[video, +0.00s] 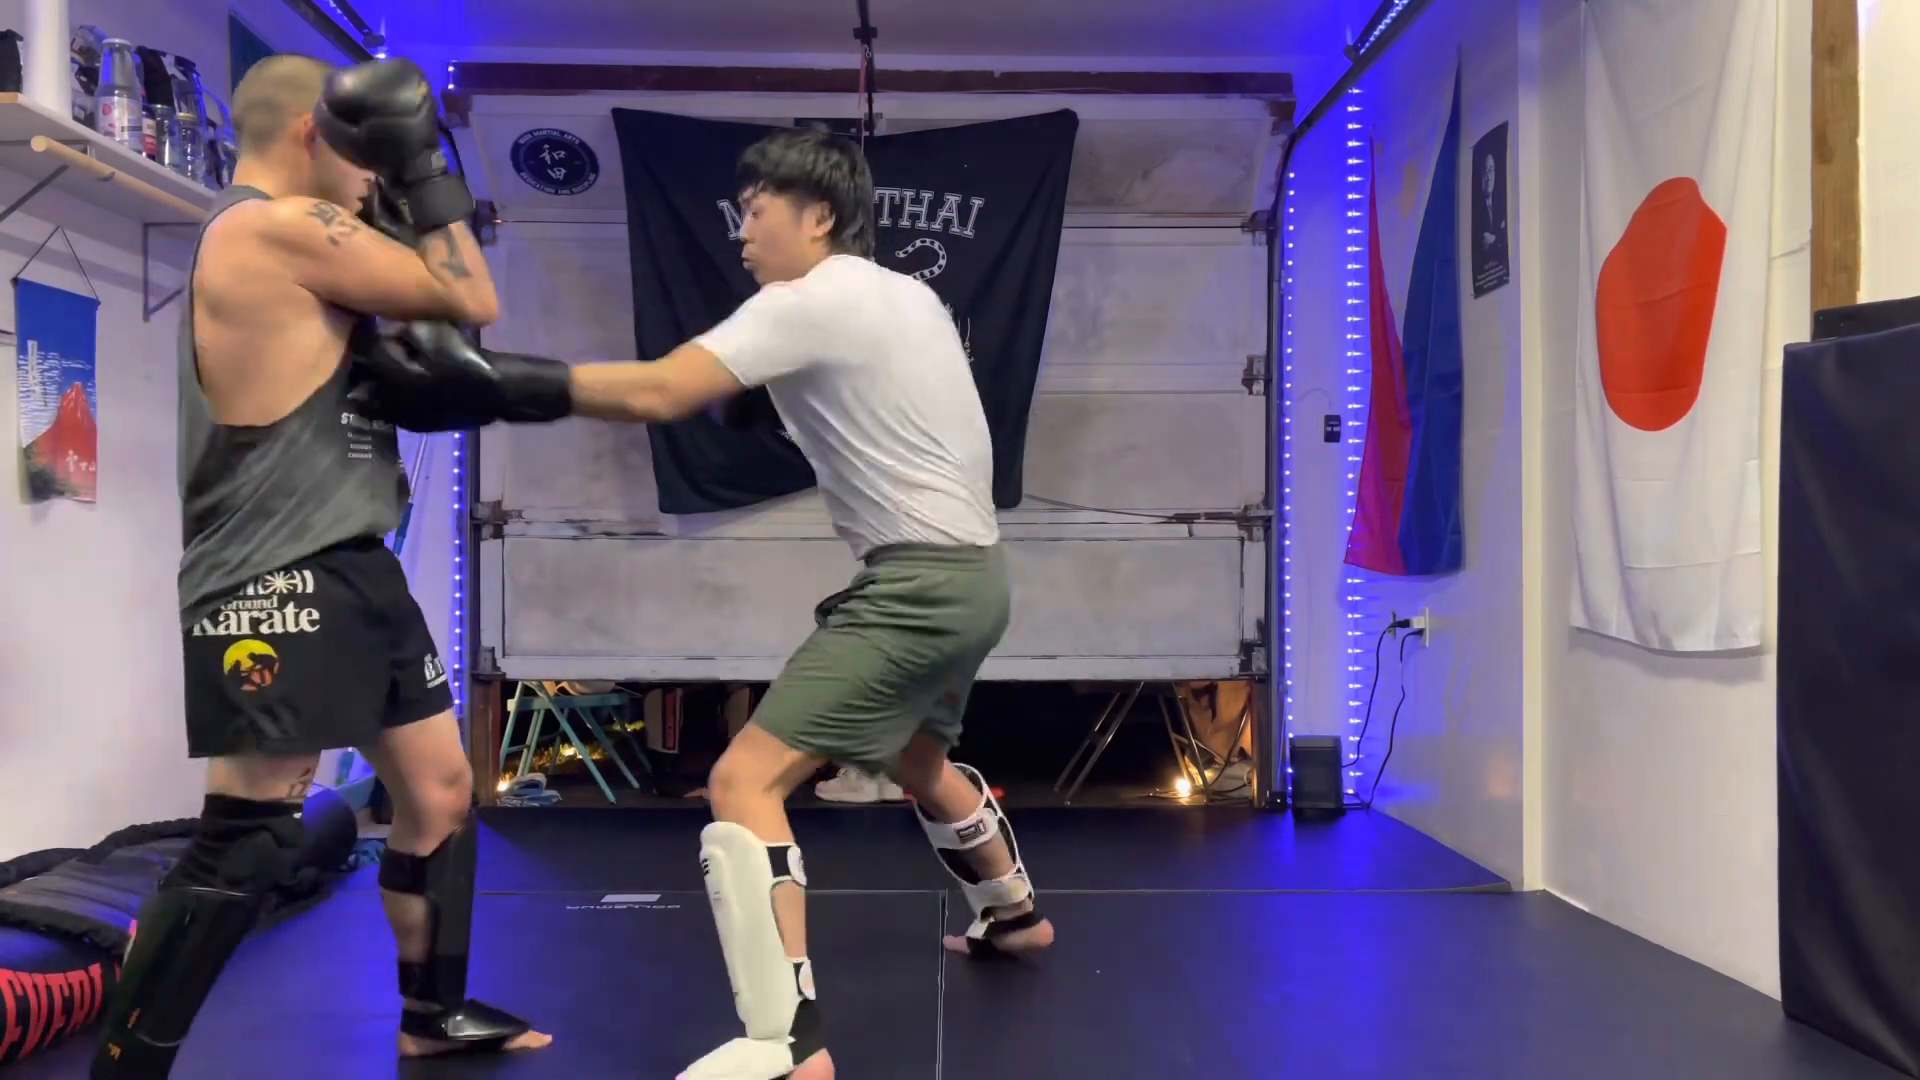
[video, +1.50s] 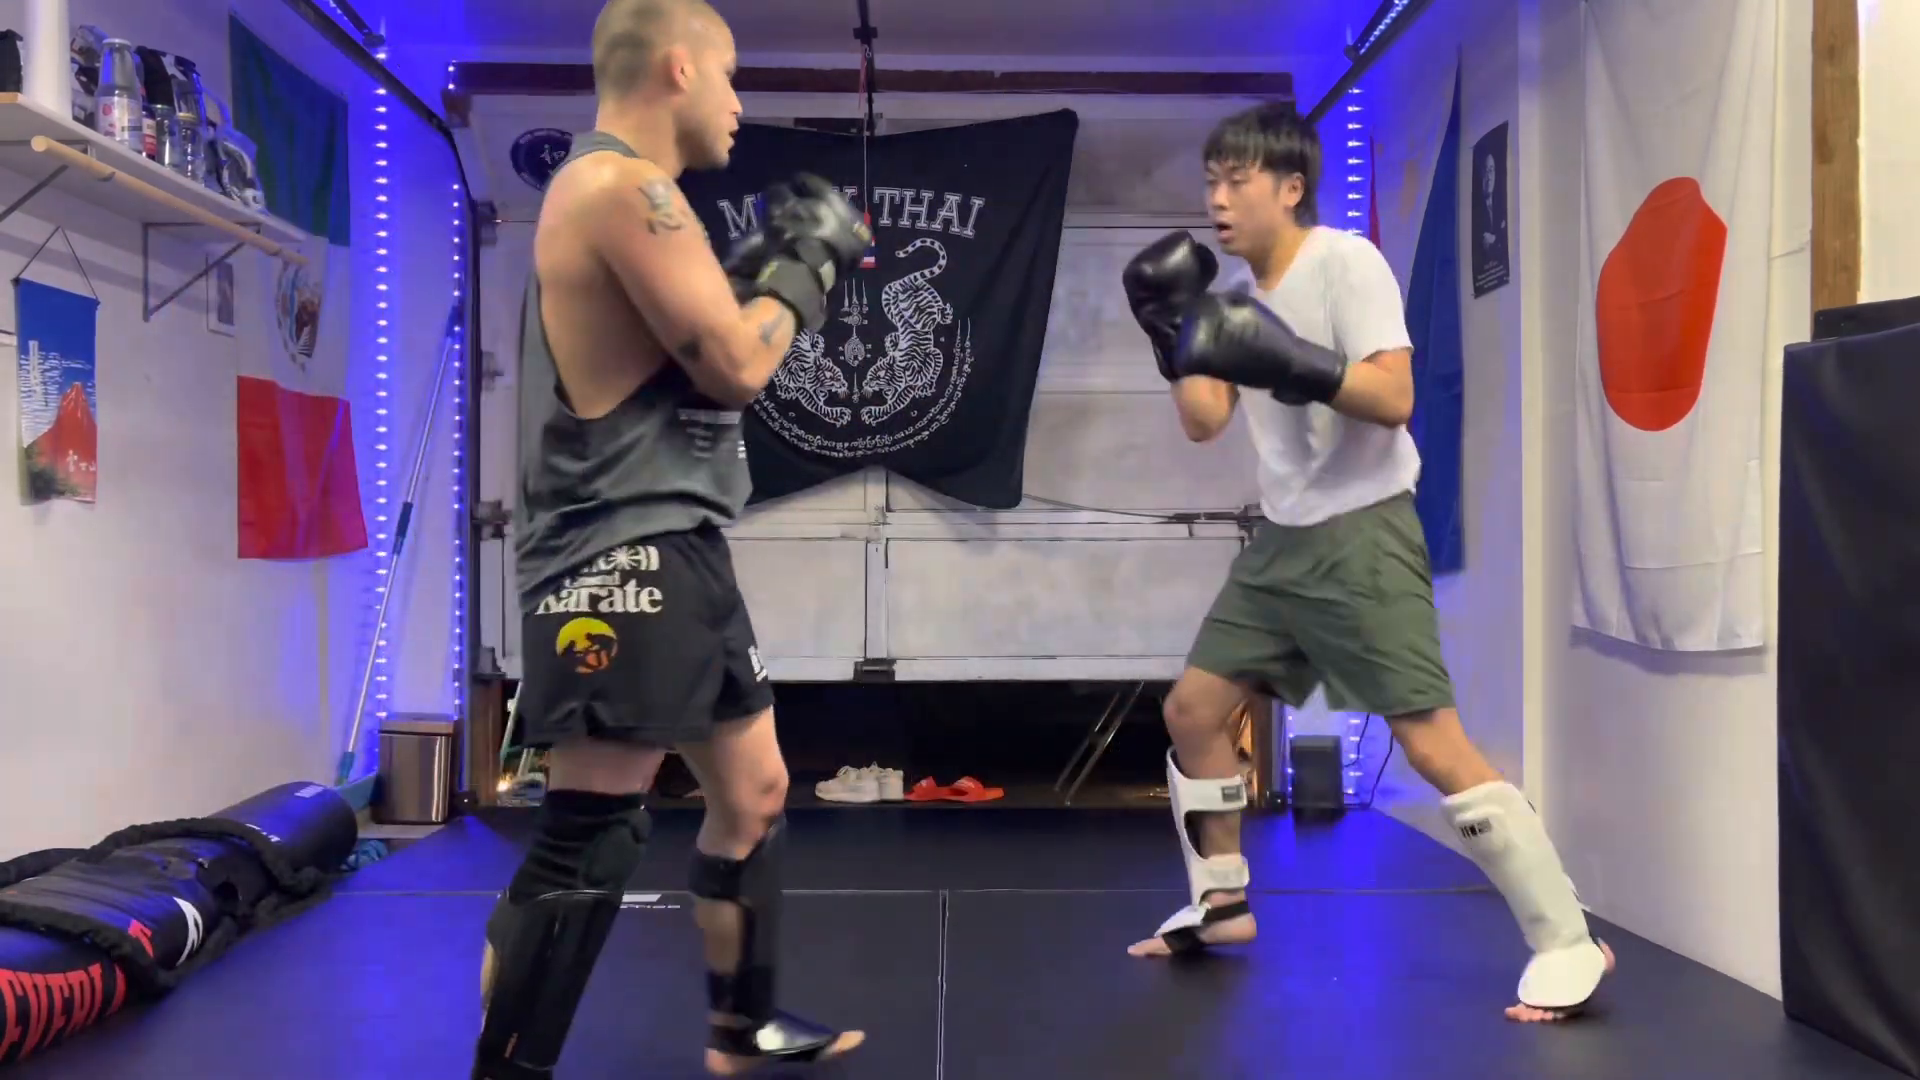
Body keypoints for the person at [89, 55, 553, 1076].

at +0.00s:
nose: (374, 171)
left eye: (373, 146)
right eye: (360, 145)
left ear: (280, 137)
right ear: (312, 133)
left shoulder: (293, 235)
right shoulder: (271, 229)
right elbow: (472, 298)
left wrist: (426, 208)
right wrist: (423, 171)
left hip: (350, 561)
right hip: (269, 571)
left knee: (437, 786)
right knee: (249, 832)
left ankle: (434, 1014)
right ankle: (129, 1057)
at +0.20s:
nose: (353, 162)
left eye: (353, 142)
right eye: (338, 138)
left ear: (268, 137)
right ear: (267, 132)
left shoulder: (306, 267)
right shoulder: (203, 229)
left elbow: (444, 382)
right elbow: (328, 379)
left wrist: (534, 321)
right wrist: (402, 257)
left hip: (341, 563)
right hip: (250, 569)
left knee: (444, 791)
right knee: (231, 853)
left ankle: (435, 1011)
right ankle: (126, 1065)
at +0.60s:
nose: (452, 144)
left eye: (451, 124)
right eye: (434, 120)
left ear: (365, 131)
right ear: (357, 126)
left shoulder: (421, 270)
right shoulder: (284, 241)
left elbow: (499, 389)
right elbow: (389, 383)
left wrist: (559, 289)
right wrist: (501, 301)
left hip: (439, 577)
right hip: (315, 580)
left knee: (544, 814)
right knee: (248, 845)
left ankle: (538, 1046)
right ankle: (128, 1061)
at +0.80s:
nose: (556, 137)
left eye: (551, 118)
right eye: (540, 113)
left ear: (478, 120)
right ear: (475, 114)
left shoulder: (486, 258)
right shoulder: (410, 217)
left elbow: (491, 410)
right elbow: (447, 377)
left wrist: (595, 364)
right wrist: (611, 402)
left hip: (523, 558)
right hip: (425, 559)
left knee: (566, 812)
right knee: (380, 823)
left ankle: (541, 1046)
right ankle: (191, 1039)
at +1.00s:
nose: (621, 120)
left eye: (616, 99)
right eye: (605, 97)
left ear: (542, 103)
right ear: (541, 100)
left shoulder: (552, 243)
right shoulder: (474, 205)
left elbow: (554, 397)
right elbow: (550, 361)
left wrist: (642, 401)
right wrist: (677, 295)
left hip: (569, 548)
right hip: (481, 543)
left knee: (562, 807)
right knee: (501, 822)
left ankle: (541, 1042)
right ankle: (367, 1060)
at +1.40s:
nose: (715, 107)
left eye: (714, 84)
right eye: (704, 81)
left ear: (635, 80)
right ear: (643, 77)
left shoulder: (634, 218)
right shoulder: (564, 197)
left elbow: (649, 385)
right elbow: (662, 394)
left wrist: (734, 321)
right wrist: (753, 318)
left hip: (652, 548)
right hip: (579, 553)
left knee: (735, 793)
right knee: (583, 850)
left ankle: (626, 999)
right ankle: (507, 1068)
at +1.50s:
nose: (737, 104)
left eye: (734, 81)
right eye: (728, 79)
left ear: (654, 76)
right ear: (674, 74)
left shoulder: (634, 193)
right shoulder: (616, 186)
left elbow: (715, 361)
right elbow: (738, 364)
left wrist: (785, 267)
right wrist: (802, 259)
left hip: (673, 547)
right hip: (617, 552)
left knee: (752, 793)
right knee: (588, 835)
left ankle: (742, 1027)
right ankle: (511, 1067)